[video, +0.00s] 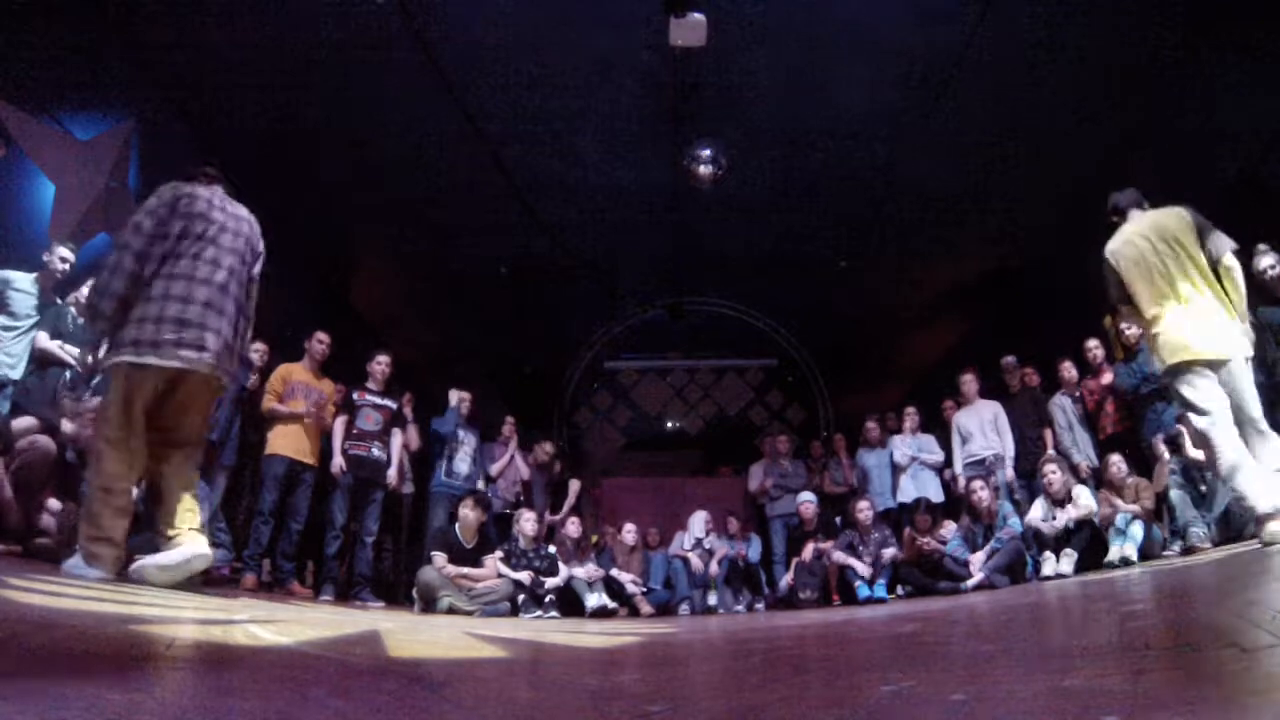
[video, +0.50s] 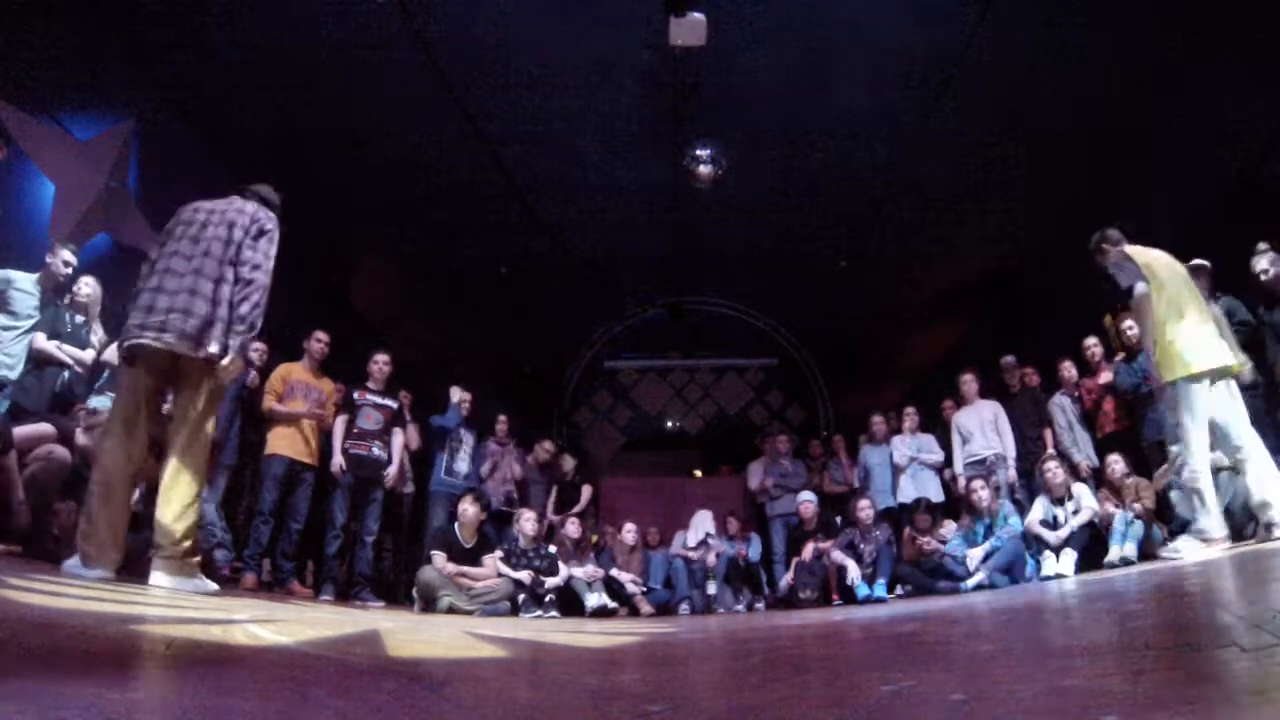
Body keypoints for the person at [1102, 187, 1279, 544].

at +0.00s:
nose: (1115, 225)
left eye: (1113, 221)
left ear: (1115, 217)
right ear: (1144, 204)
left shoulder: (1113, 250)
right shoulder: (1181, 215)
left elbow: (1123, 310)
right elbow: (1228, 260)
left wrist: (1152, 327)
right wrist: (1242, 317)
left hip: (1175, 342)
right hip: (1222, 329)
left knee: (1220, 432)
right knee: (1256, 424)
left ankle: (1265, 513)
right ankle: (1273, 507)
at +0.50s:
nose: (1107, 268)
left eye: (1104, 262)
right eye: (1104, 264)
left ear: (1107, 249)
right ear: (1123, 241)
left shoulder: (1119, 257)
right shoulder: (1163, 257)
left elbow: (1141, 291)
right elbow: (1205, 308)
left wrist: (1147, 353)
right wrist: (1228, 351)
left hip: (1182, 361)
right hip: (1214, 354)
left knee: (1189, 451)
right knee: (1244, 440)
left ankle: (1208, 531)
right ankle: (1272, 516)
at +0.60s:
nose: (1096, 269)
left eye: (1093, 264)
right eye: (1093, 265)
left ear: (1098, 253)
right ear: (1115, 245)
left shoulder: (1114, 264)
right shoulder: (1151, 262)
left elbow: (1140, 301)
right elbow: (1189, 313)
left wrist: (1145, 364)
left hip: (1176, 368)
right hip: (1204, 361)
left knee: (1185, 455)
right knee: (1234, 443)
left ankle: (1198, 536)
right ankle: (1273, 513)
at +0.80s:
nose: (1077, 277)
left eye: (1074, 270)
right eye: (1073, 272)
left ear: (1083, 258)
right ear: (1092, 254)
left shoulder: (1104, 271)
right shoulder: (1127, 270)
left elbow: (1130, 313)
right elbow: (1157, 324)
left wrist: (1128, 370)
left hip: (1158, 372)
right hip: (1173, 369)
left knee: (1172, 455)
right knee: (1182, 451)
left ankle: (1198, 535)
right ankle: (1246, 492)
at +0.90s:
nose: (1069, 277)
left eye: (1068, 269)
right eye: (1065, 272)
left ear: (1081, 257)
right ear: (1083, 257)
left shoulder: (1102, 274)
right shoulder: (1117, 273)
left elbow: (1126, 318)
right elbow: (1143, 326)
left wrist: (1122, 373)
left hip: (1150, 374)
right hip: (1158, 373)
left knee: (1164, 453)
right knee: (1168, 452)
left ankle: (1197, 534)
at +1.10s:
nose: (1060, 269)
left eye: (1063, 261)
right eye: (1057, 265)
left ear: (1080, 256)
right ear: (1064, 269)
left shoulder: (1103, 277)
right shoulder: (1090, 294)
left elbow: (1129, 316)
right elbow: (1116, 340)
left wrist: (1096, 355)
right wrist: (1100, 371)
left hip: (1146, 384)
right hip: (1127, 391)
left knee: (1163, 457)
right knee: (1126, 469)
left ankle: (1199, 534)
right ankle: (1146, 539)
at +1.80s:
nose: (1101, 253)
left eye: (1105, 247)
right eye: (1095, 249)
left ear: (1114, 252)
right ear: (1085, 256)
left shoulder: (1137, 288)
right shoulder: (1079, 301)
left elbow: (1161, 333)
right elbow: (1079, 351)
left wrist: (1147, 325)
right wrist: (1120, 338)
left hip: (1160, 380)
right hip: (1123, 387)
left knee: (1187, 459)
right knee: (1134, 469)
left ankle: (1205, 532)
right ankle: (1136, 545)